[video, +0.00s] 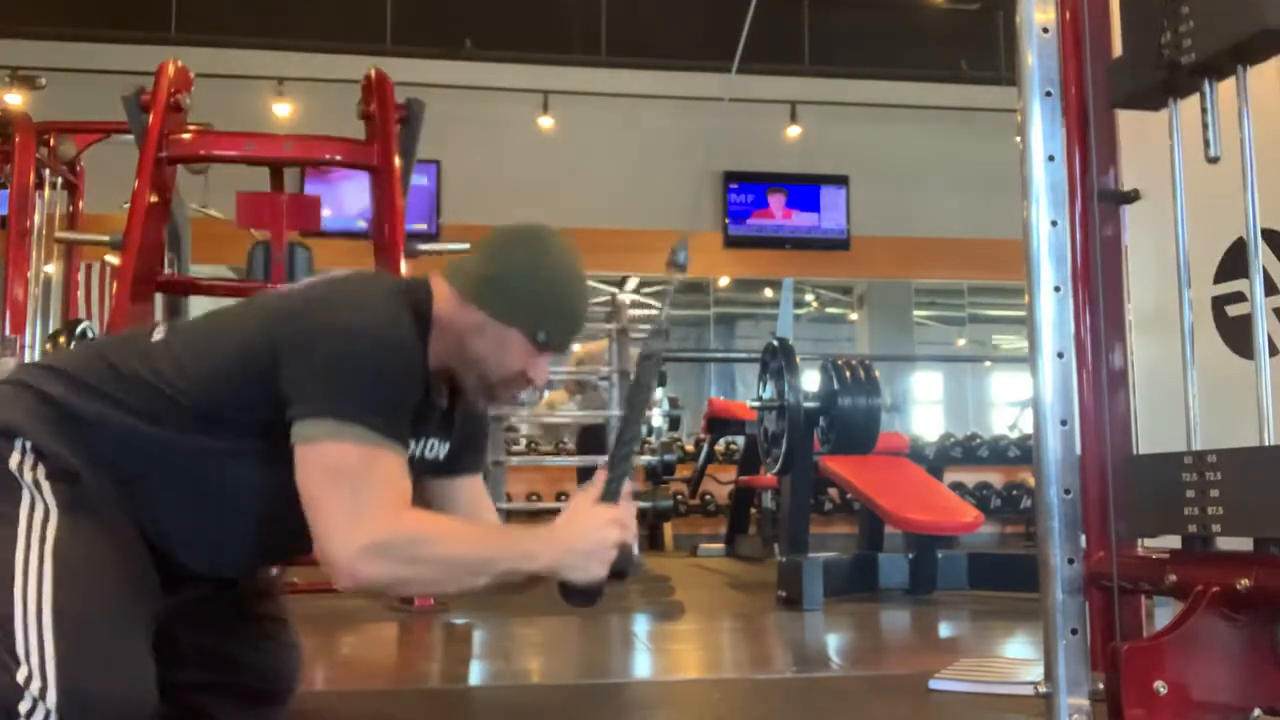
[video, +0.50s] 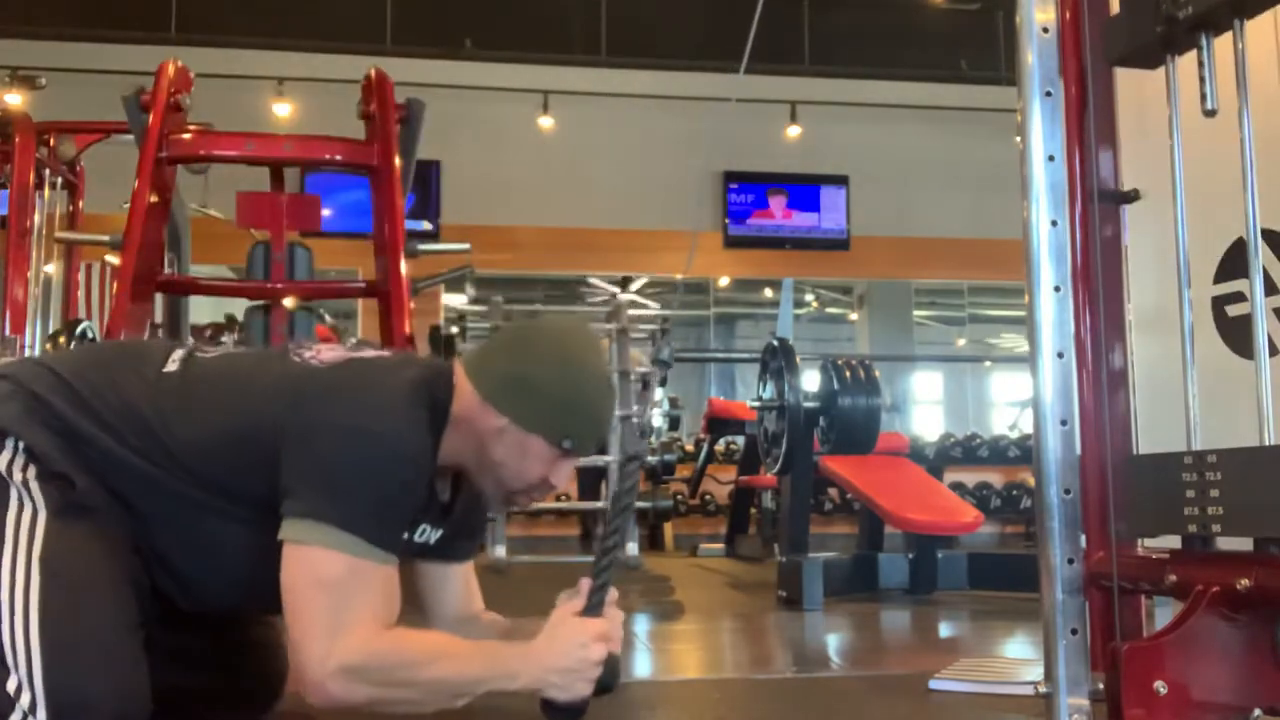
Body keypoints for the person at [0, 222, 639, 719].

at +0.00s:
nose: (541, 374)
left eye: (554, 355)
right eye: (537, 347)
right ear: (483, 309)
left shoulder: (453, 390)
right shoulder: (360, 325)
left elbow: (468, 544)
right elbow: (363, 549)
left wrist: (562, 555)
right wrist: (546, 545)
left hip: (190, 514)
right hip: (62, 455)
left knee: (256, 679)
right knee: (90, 699)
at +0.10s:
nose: (545, 409)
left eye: (556, 393)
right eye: (540, 385)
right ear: (486, 343)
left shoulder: (449, 411)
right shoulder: (362, 360)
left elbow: (456, 567)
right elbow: (352, 591)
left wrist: (553, 588)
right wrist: (544, 582)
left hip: (165, 510)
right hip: (49, 457)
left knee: (256, 672)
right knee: (87, 702)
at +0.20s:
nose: (544, 442)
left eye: (557, 423)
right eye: (543, 413)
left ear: (488, 372)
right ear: (488, 370)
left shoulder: (448, 432)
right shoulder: (358, 388)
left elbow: (456, 583)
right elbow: (342, 620)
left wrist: (546, 617)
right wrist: (532, 615)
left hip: (170, 510)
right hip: (50, 461)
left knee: (252, 678)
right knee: (82, 703)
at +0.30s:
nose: (548, 459)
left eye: (561, 442)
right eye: (546, 431)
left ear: (493, 392)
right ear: (492, 389)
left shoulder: (449, 448)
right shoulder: (359, 406)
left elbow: (450, 607)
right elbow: (334, 643)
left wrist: (544, 641)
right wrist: (527, 638)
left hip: (164, 509)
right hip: (46, 459)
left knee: (247, 678)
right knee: (81, 701)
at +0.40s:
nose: (553, 474)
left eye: (566, 455)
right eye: (554, 446)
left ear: (500, 408)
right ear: (500, 409)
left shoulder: (451, 459)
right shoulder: (363, 421)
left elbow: (451, 617)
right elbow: (329, 659)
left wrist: (543, 650)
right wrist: (520, 655)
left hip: (170, 501)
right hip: (47, 452)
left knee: (238, 686)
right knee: (82, 702)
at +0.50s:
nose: (564, 482)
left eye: (577, 461)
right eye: (563, 451)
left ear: (506, 417)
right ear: (505, 415)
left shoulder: (458, 464)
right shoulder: (369, 427)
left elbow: (455, 625)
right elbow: (336, 667)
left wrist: (549, 646)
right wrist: (528, 662)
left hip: (168, 500)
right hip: (46, 449)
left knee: (238, 685)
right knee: (82, 703)